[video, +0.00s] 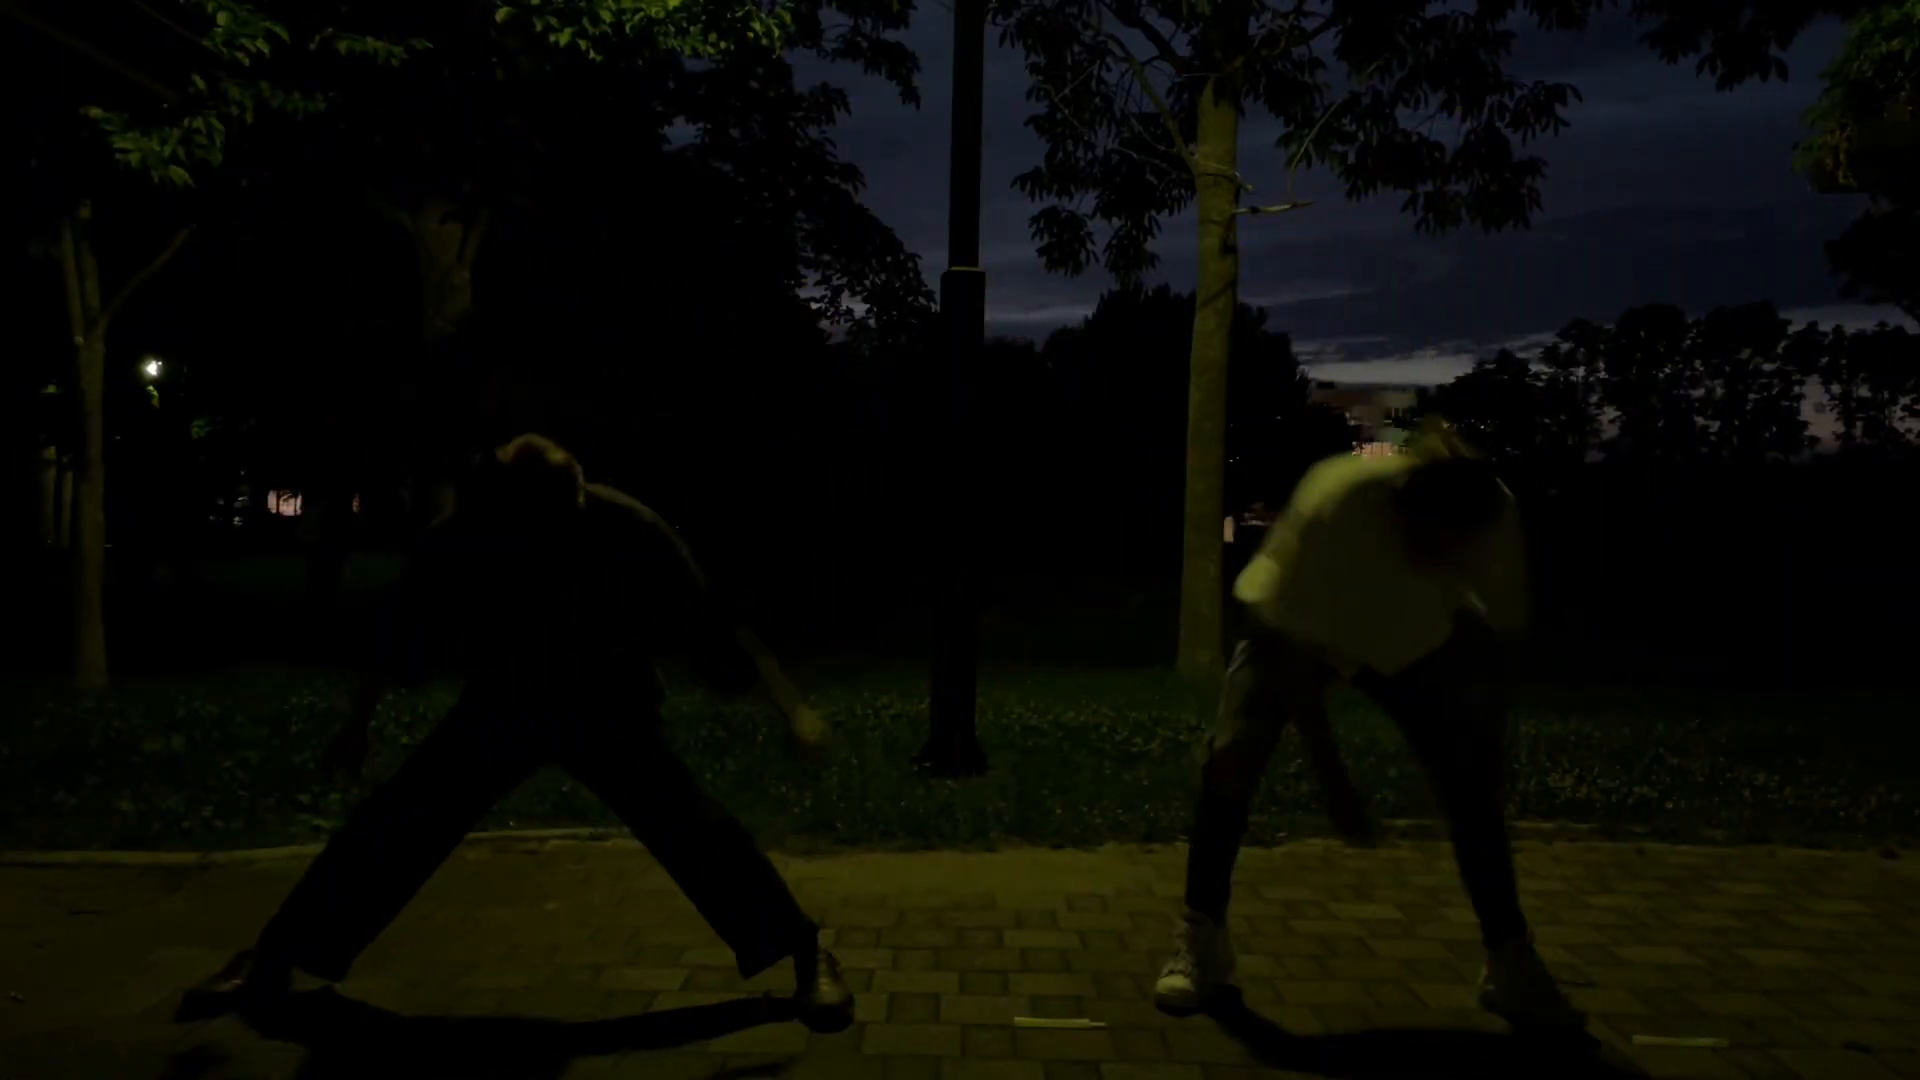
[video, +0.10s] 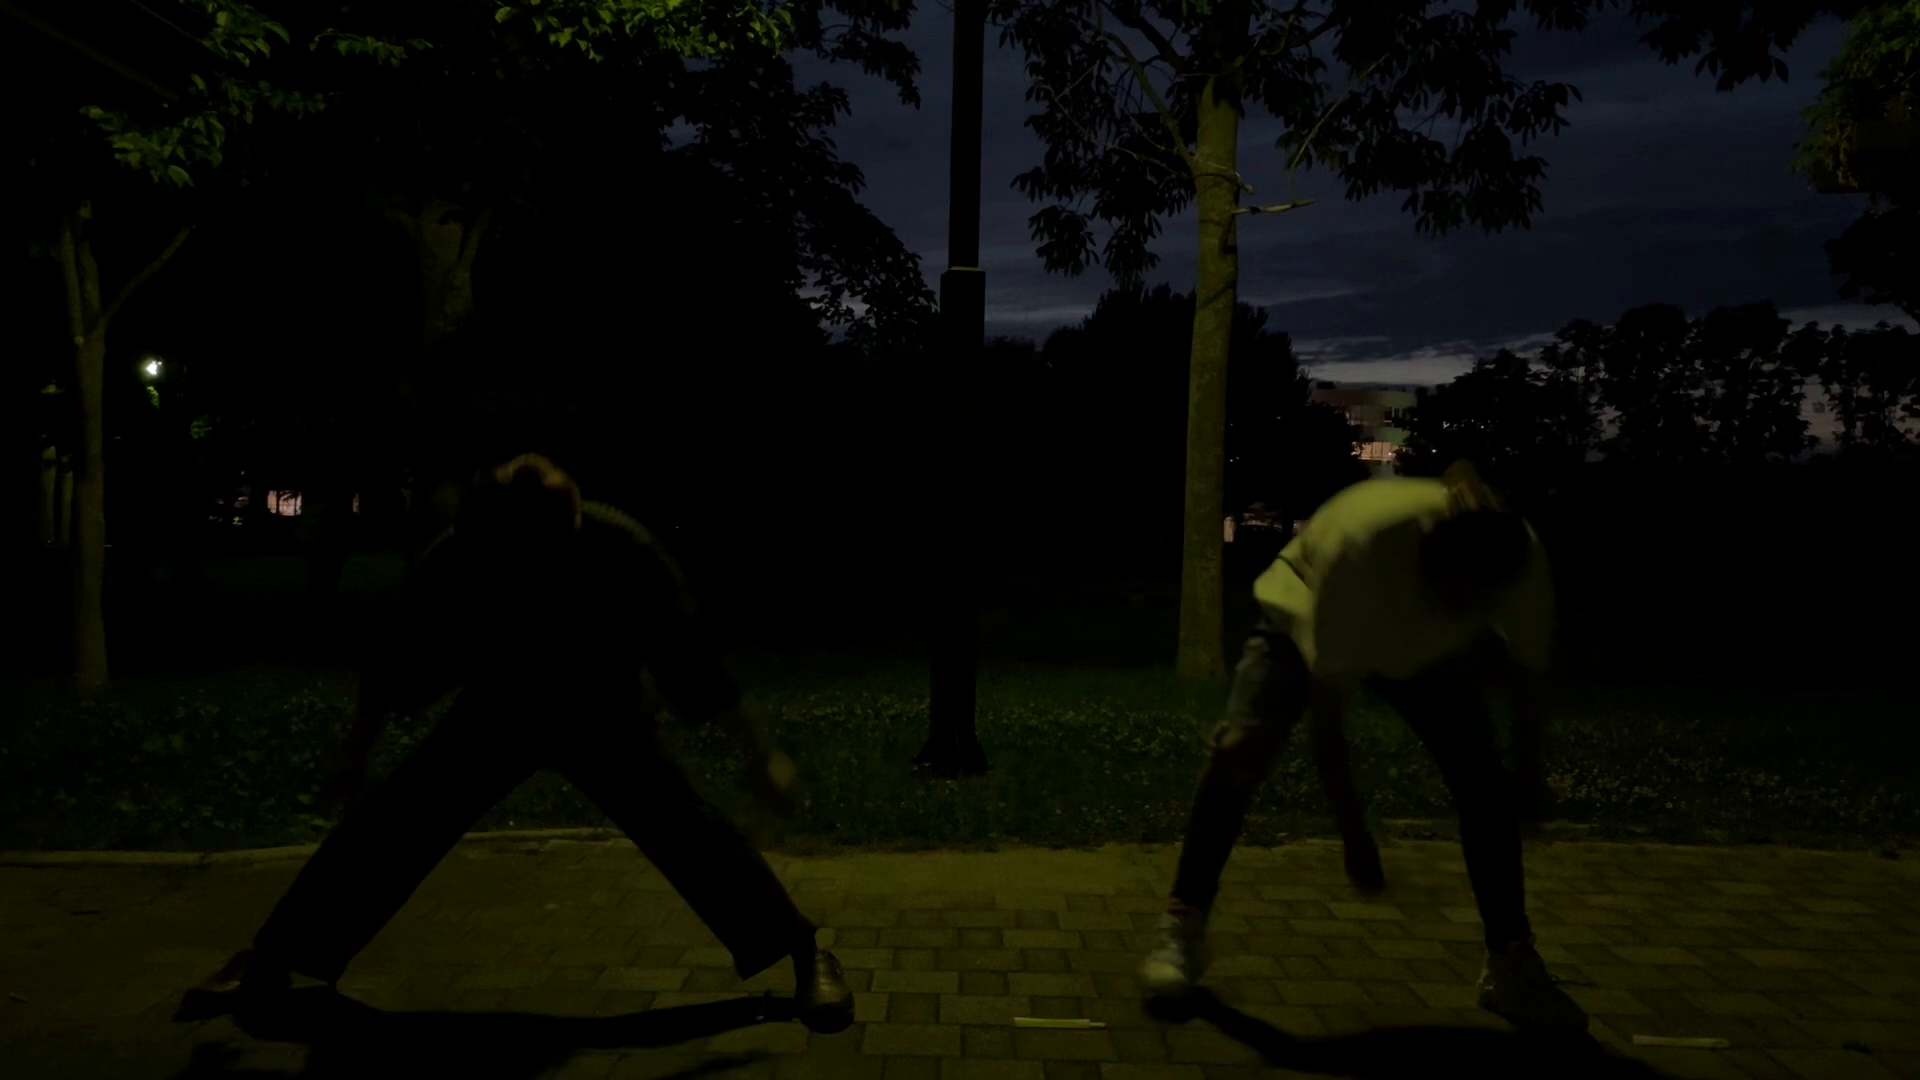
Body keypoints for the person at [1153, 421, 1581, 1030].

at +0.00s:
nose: (1448, 552)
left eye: (1462, 539)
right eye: (1441, 536)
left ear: (1480, 514)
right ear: (1408, 507)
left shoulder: (1490, 517)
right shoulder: (1334, 502)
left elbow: (1505, 639)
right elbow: (1281, 638)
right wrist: (1334, 785)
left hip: (1414, 632)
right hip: (1299, 624)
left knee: (1473, 789)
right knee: (1231, 760)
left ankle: (1511, 964)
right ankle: (1200, 942)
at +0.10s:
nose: (1465, 601)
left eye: (1478, 591)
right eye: (1459, 587)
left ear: (1502, 564)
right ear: (1434, 549)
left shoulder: (1518, 558)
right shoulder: (1357, 541)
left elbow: (1528, 684)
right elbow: (1326, 714)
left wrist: (1530, 782)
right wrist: (1356, 841)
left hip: (1416, 640)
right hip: (1310, 622)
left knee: (1484, 783)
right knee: (1238, 751)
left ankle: (1511, 962)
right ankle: (1182, 931)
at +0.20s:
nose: (1496, 687)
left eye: (1506, 677)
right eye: (1487, 674)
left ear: (1526, 634)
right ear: (1458, 630)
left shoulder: (1532, 615)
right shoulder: (1384, 612)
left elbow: (1554, 741)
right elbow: (1348, 783)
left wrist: (1573, 847)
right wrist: (1375, 917)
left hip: (1421, 651)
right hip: (1308, 627)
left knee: (1496, 792)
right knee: (1241, 773)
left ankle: (1512, 963)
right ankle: (1165, 945)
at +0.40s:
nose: (1504, 768)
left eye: (1520, 759)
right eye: (1495, 755)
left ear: (1544, 721)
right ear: (1468, 716)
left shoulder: (1542, 687)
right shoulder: (1387, 687)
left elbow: (1570, 807)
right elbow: (1350, 850)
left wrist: (1606, 916)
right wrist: (1375, 986)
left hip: (1421, 604)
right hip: (1311, 615)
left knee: (1505, 797)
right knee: (1242, 776)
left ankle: (1513, 968)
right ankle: (1165, 950)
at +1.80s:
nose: (1513, 756)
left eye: (1528, 747)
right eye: (1504, 745)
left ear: (1552, 701)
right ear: (1474, 704)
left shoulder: (1550, 666)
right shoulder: (1389, 662)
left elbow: (1602, 773)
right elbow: (1302, 781)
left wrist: (1634, 871)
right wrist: (1314, 909)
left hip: (1444, 604)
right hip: (1326, 616)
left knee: (1518, 789)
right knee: (1256, 774)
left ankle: (1515, 967)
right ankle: (1166, 946)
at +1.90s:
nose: (1492, 719)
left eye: (1508, 706)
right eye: (1484, 703)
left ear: (1533, 668)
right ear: (1458, 663)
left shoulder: (1542, 637)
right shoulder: (1373, 633)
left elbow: (1580, 731)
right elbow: (1291, 750)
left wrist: (1610, 805)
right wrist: (1298, 888)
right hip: (1315, 613)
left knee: (1504, 787)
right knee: (1249, 770)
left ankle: (1515, 965)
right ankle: (1165, 945)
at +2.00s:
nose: (1478, 683)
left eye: (1488, 673)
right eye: (1469, 671)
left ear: (1516, 620)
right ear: (1440, 620)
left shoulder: (1512, 572)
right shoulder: (1354, 594)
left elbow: (1536, 669)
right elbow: (1281, 731)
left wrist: (1558, 725)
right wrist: (1267, 853)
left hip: (1422, 641)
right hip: (1304, 624)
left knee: (1518, 778)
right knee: (1241, 772)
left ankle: (1562, 951)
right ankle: (1164, 943)